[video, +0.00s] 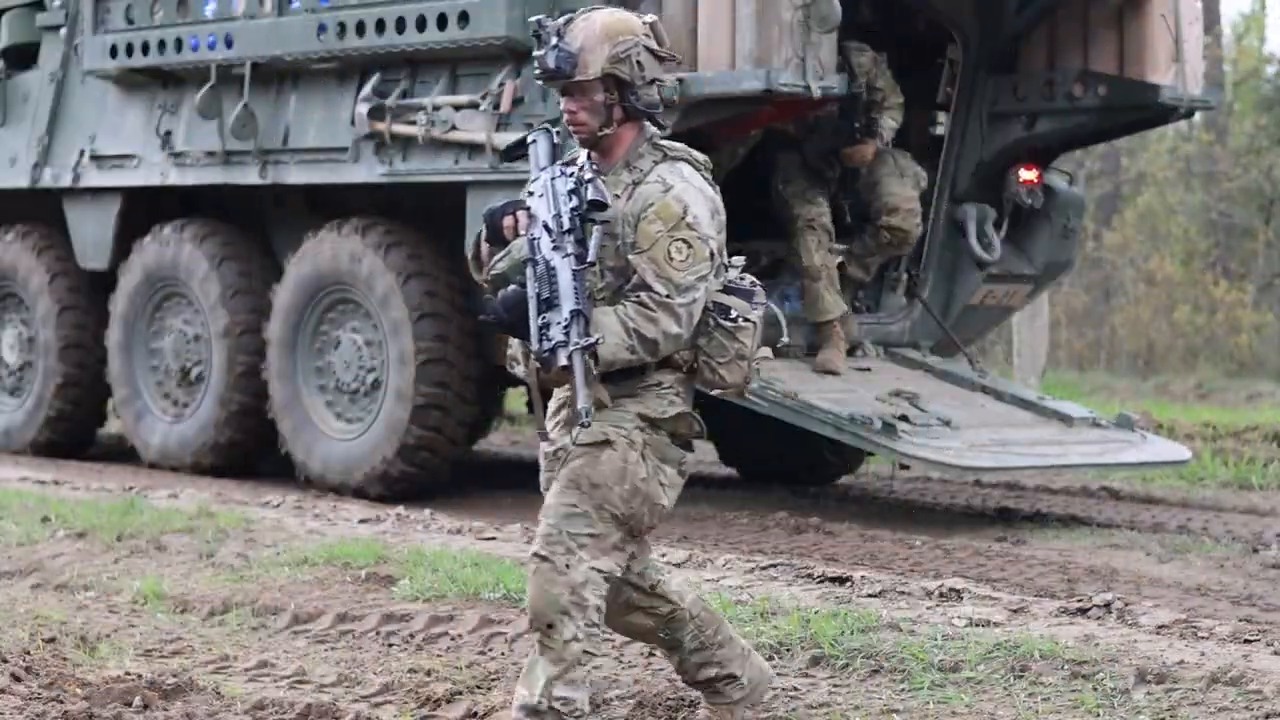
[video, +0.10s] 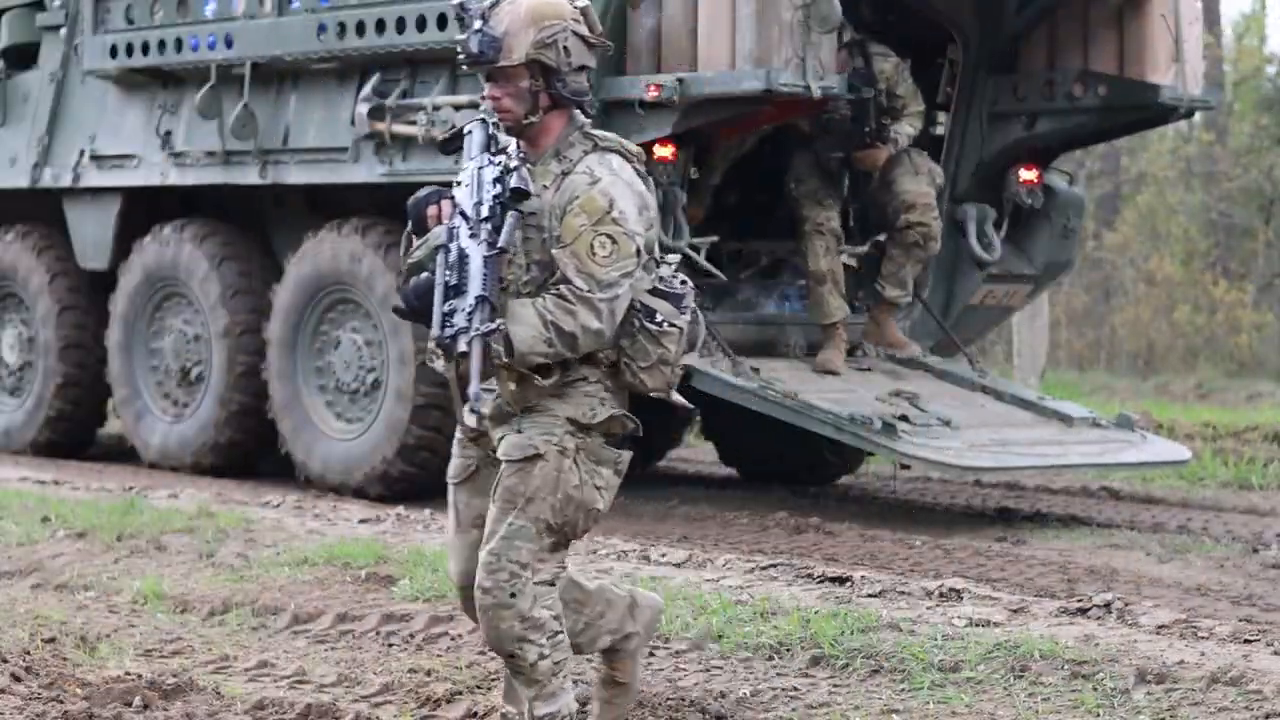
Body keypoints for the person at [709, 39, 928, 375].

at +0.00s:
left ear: (833, 33)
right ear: (793, 38)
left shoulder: (859, 59)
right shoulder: (779, 69)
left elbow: (891, 103)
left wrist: (875, 141)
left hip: (863, 148)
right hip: (802, 149)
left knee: (902, 225)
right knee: (811, 224)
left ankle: (841, 274)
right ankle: (830, 332)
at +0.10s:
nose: (824, 62)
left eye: (830, 50)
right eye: (814, 53)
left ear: (844, 41)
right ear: (800, 47)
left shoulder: (881, 63)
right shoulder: (790, 74)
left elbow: (914, 113)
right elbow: (736, 138)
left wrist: (888, 147)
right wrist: (701, 197)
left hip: (879, 152)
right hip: (818, 154)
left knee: (921, 221)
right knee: (820, 227)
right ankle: (833, 336)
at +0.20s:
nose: (855, 66)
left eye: (861, 55)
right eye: (845, 58)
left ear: (875, 45)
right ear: (826, 54)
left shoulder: (906, 66)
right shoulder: (809, 74)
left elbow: (932, 119)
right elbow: (750, 126)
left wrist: (902, 151)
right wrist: (726, 185)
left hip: (902, 152)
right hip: (839, 152)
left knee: (932, 217)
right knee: (829, 227)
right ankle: (835, 338)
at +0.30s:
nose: (885, 57)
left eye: (891, 47)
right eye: (874, 49)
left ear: (902, 42)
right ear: (853, 50)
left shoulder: (930, 66)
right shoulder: (832, 71)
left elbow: (955, 118)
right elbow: (779, 109)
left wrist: (926, 150)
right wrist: (775, 170)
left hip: (918, 159)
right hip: (854, 157)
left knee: (945, 241)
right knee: (843, 238)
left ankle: (965, 360)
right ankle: (836, 341)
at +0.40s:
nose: (911, 50)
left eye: (917, 39)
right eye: (899, 42)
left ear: (929, 36)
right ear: (879, 44)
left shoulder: (956, 65)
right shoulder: (854, 73)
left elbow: (982, 121)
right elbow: (812, 115)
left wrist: (949, 148)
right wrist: (822, 143)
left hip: (948, 164)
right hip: (878, 162)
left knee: (968, 254)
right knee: (862, 250)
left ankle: (976, 378)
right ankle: (838, 341)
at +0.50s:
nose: (933, 45)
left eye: (940, 35)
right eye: (923, 36)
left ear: (951, 32)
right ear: (901, 39)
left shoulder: (980, 64)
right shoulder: (875, 73)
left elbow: (1007, 121)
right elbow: (833, 132)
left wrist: (973, 146)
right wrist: (859, 132)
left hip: (971, 170)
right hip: (901, 168)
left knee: (991, 262)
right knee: (883, 247)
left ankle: (978, 380)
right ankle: (879, 332)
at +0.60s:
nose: (947, 42)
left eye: (954, 31)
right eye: (937, 33)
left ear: (967, 30)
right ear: (917, 35)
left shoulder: (997, 63)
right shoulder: (893, 70)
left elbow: (1023, 124)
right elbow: (855, 139)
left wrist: (989, 147)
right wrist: (880, 128)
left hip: (991, 176)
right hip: (921, 174)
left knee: (1005, 277)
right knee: (906, 251)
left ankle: (978, 382)